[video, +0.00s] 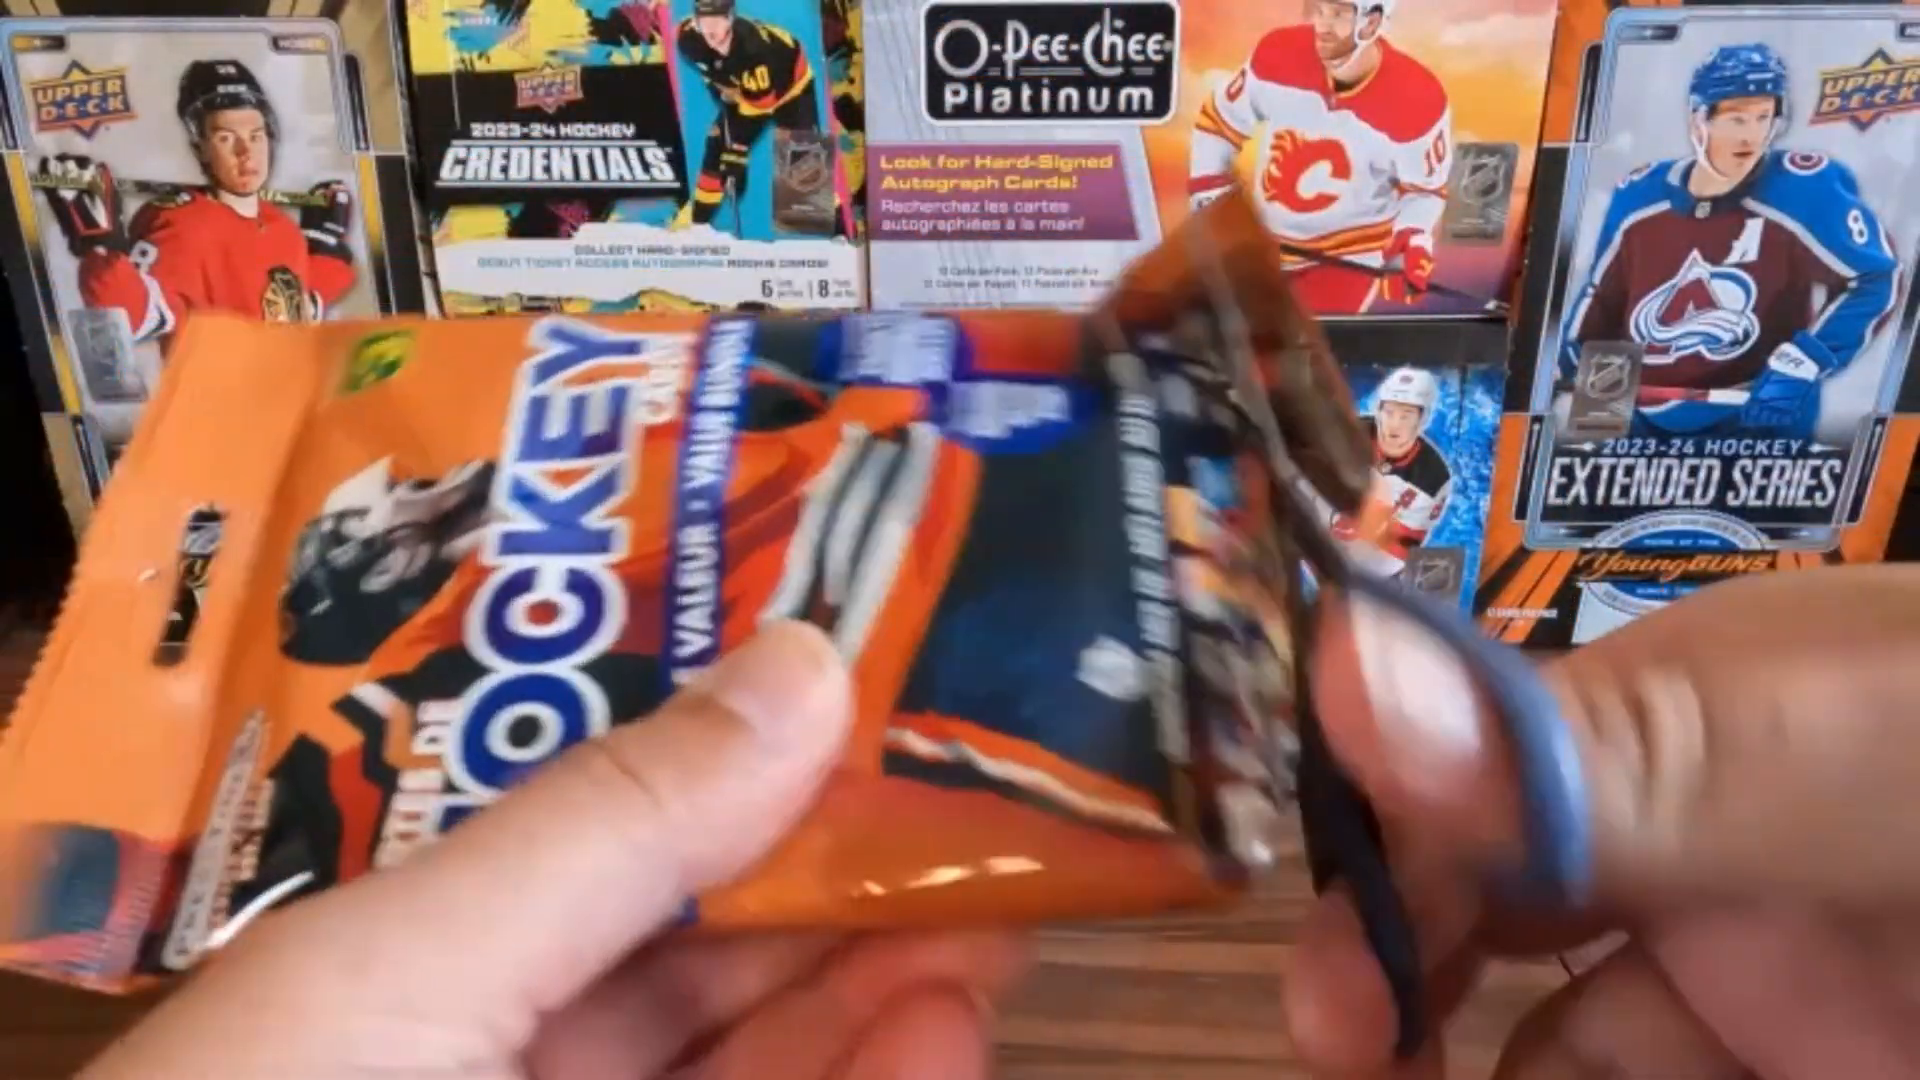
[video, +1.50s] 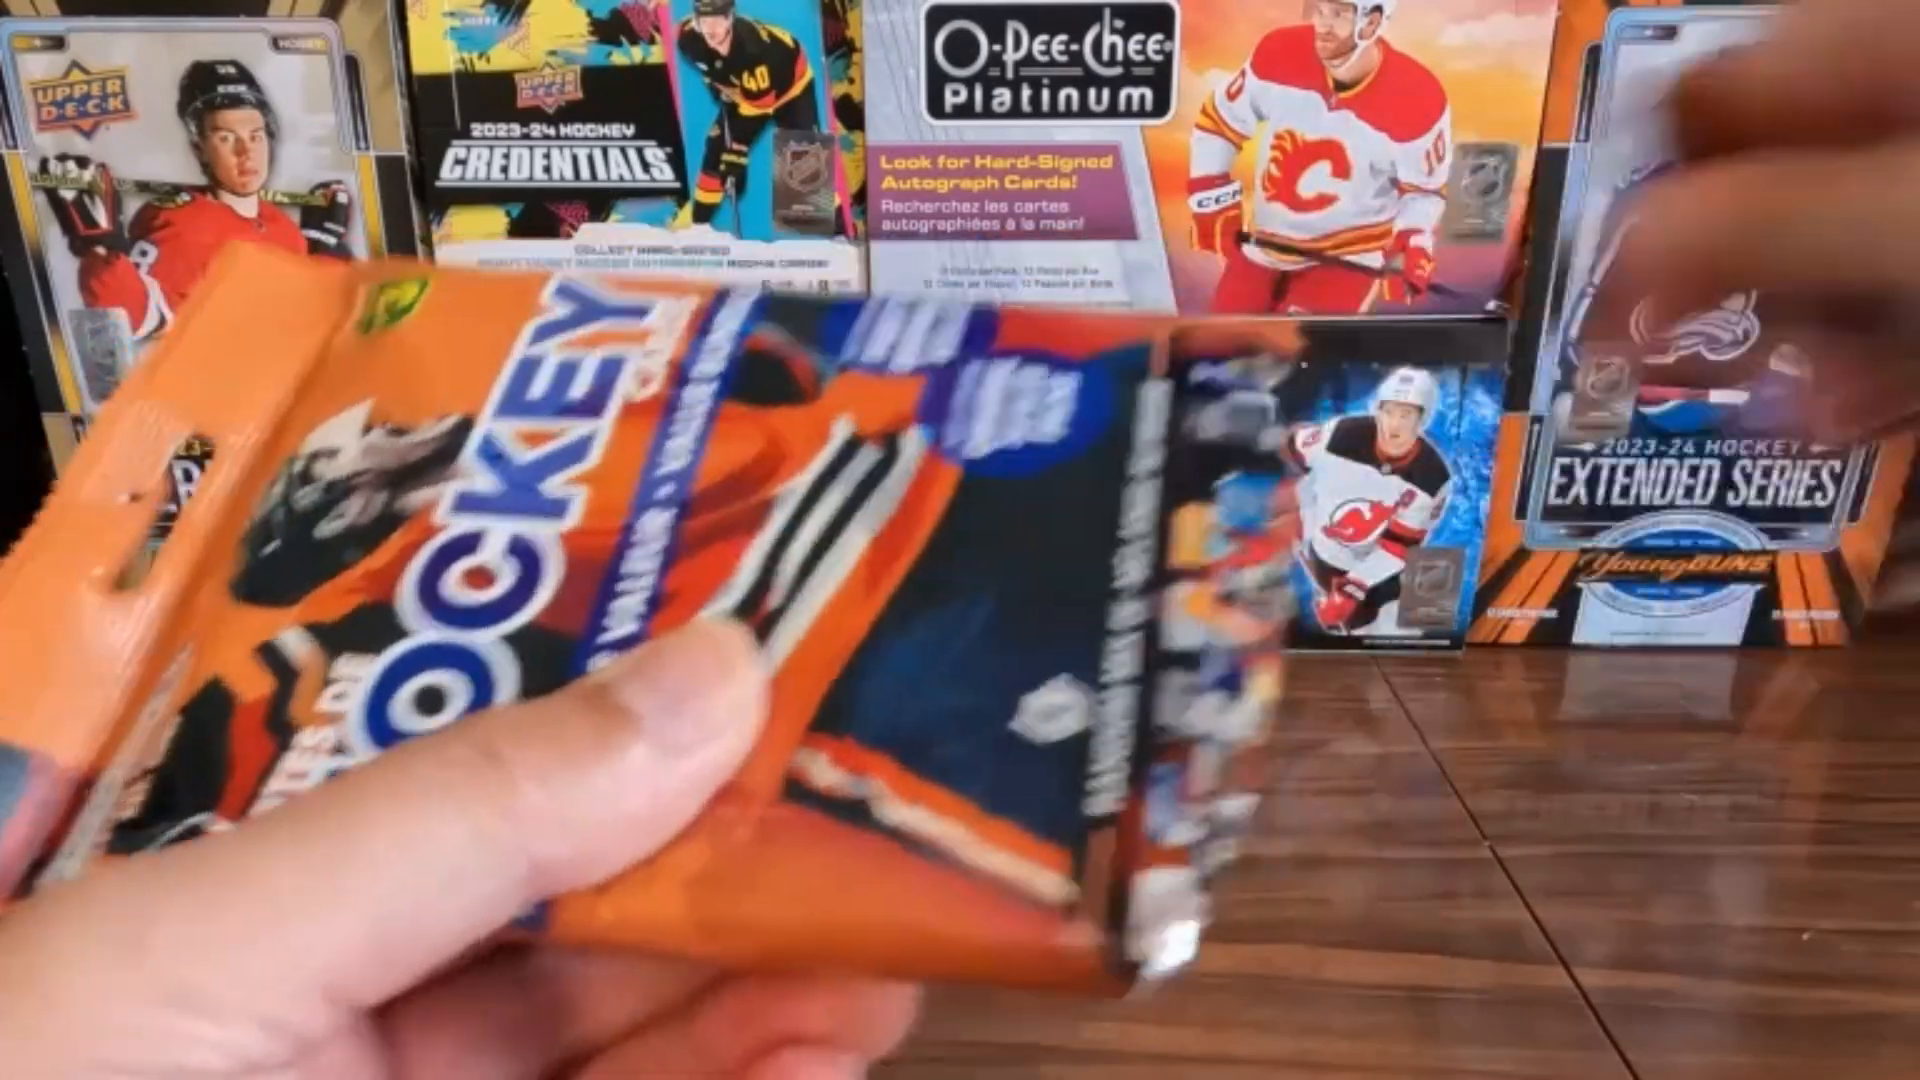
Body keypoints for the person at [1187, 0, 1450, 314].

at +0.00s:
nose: (1323, 26)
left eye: (1339, 14)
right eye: (1318, 11)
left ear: (1373, 22)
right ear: (1309, 11)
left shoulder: (1417, 96)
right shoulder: (1276, 56)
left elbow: (1424, 191)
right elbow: (1216, 125)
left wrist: (1413, 248)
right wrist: (1214, 209)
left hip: (1350, 263)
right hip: (1262, 250)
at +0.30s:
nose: (1322, 26)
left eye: (1339, 13)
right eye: (1317, 11)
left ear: (1373, 21)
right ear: (1308, 11)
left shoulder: (1417, 96)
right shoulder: (1276, 56)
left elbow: (1423, 191)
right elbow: (1215, 125)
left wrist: (1413, 251)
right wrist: (1214, 204)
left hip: (1347, 265)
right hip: (1261, 253)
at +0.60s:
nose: (1323, 26)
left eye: (1339, 14)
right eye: (1318, 11)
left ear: (1372, 22)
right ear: (1309, 11)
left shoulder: (1417, 95)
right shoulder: (1276, 56)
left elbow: (1424, 191)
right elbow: (1216, 124)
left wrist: (1414, 247)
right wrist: (1214, 201)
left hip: (1347, 261)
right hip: (1261, 249)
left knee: (1287, 367)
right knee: (1219, 361)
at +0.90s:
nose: (1322, 27)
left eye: (1339, 14)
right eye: (1317, 11)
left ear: (1373, 22)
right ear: (1309, 11)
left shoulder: (1417, 96)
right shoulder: (1276, 56)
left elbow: (1423, 191)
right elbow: (1216, 125)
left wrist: (1414, 251)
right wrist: (1216, 212)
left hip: (1356, 259)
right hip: (1271, 243)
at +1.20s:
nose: (1323, 26)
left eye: (1339, 14)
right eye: (1318, 11)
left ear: (1372, 22)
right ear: (1309, 11)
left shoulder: (1417, 96)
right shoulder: (1276, 56)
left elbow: (1423, 191)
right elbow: (1216, 127)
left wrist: (1414, 250)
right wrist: (1216, 219)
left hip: (1348, 262)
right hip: (1262, 251)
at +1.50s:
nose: (1323, 26)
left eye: (1339, 14)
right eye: (1317, 11)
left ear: (1373, 23)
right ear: (1308, 11)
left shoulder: (1417, 95)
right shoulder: (1277, 56)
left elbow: (1423, 191)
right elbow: (1216, 125)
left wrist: (1415, 250)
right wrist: (1214, 203)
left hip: (1348, 261)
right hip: (1262, 248)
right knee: (1214, 362)